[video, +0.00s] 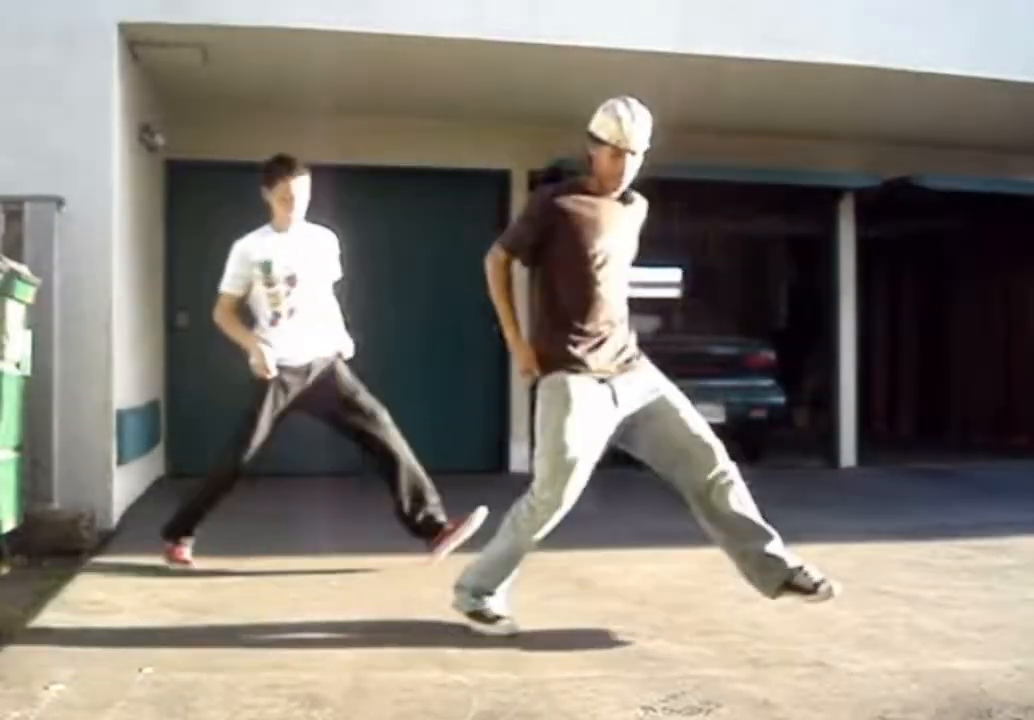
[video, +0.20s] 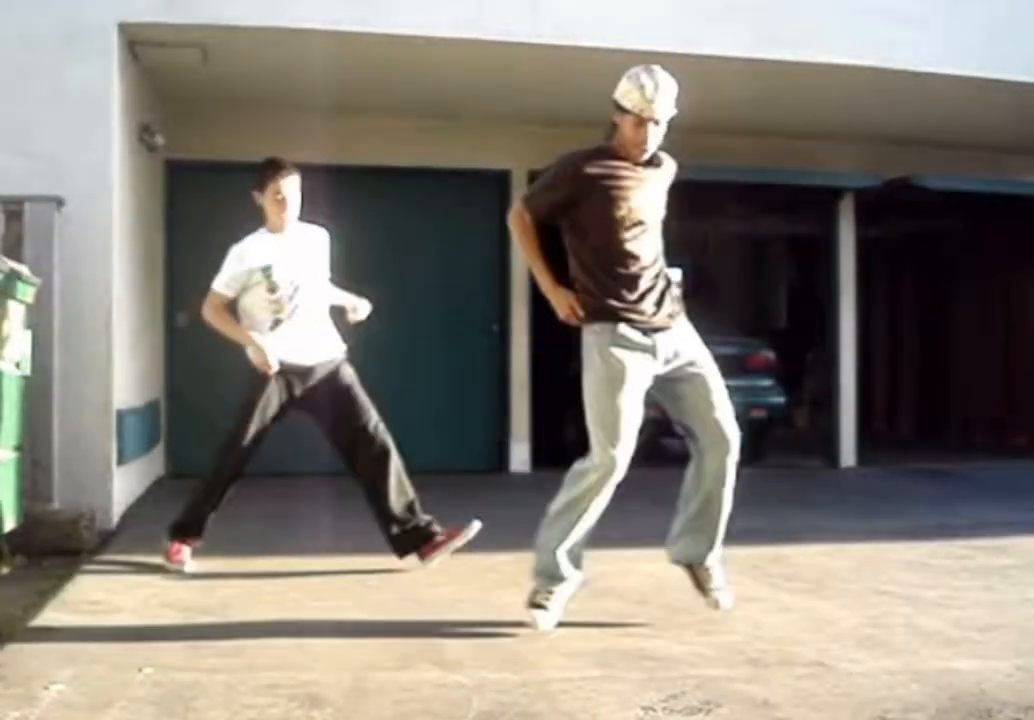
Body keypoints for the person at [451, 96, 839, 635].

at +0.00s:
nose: (615, 162)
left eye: (625, 152)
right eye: (607, 149)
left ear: (640, 156)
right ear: (591, 148)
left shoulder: (634, 210)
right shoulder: (554, 206)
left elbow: (602, 274)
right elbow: (497, 260)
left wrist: (607, 336)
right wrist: (517, 343)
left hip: (629, 367)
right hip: (570, 377)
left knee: (709, 465)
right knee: (554, 495)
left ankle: (776, 571)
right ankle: (478, 589)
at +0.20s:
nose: (643, 133)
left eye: (653, 122)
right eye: (634, 120)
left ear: (666, 124)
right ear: (615, 116)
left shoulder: (664, 169)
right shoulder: (581, 170)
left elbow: (634, 229)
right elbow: (520, 216)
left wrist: (652, 280)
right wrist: (553, 289)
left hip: (671, 325)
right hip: (614, 331)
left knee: (721, 438)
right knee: (609, 457)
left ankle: (696, 549)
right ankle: (552, 577)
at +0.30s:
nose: (667, 148)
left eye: (678, 137)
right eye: (658, 135)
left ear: (694, 139)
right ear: (642, 132)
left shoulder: (701, 185)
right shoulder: (612, 188)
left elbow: (704, 225)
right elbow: (562, 243)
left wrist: (735, 263)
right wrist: (580, 307)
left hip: (694, 341)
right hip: (639, 341)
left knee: (687, 469)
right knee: (669, 467)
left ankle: (618, 556)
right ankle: (710, 595)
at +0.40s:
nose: (691, 165)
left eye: (701, 155)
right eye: (682, 153)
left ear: (715, 154)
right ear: (665, 151)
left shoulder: (727, 208)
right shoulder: (631, 207)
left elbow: (763, 262)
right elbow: (591, 274)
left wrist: (770, 276)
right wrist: (625, 314)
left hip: (712, 368)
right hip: (657, 365)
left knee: (683, 480)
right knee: (695, 480)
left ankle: (621, 559)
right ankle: (740, 594)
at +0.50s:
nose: (721, 144)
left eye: (732, 134)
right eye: (713, 132)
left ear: (748, 129)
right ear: (698, 123)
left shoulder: (763, 169)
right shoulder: (664, 169)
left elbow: (826, 217)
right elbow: (598, 213)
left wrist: (789, 206)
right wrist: (664, 220)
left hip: (738, 345)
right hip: (677, 340)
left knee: (746, 463)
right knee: (678, 461)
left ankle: (671, 551)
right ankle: (704, 594)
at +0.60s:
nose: (740, 142)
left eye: (750, 132)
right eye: (731, 130)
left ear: (764, 126)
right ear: (714, 120)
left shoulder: (778, 164)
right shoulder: (678, 164)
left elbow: (841, 213)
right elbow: (612, 205)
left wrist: (801, 202)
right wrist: (678, 214)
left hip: (751, 339)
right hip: (687, 332)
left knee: (775, 458)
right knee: (666, 459)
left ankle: (729, 550)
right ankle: (664, 587)